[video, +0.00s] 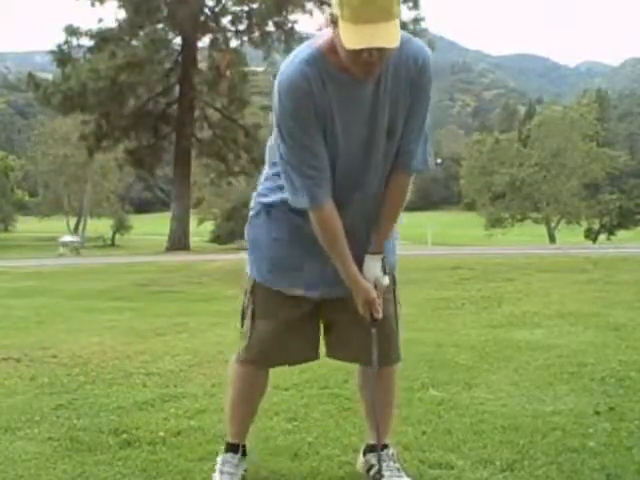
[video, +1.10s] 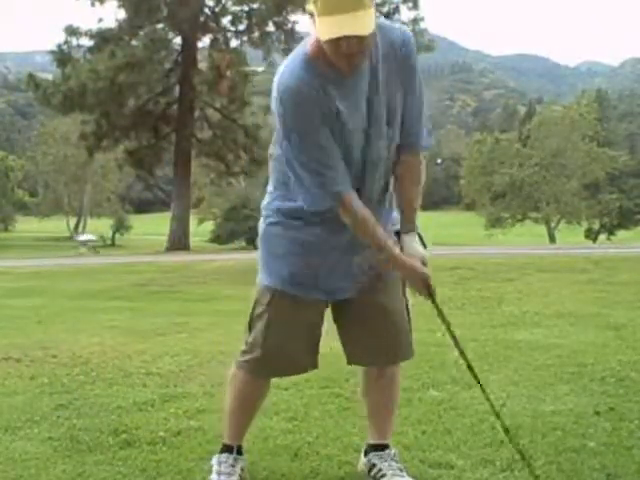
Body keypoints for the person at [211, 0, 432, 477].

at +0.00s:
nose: (371, 57)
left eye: (381, 46)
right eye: (359, 47)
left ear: (395, 28)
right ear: (333, 27)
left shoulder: (413, 63)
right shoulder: (299, 79)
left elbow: (403, 166)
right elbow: (316, 195)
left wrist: (375, 253)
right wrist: (353, 277)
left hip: (368, 227)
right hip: (291, 222)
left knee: (381, 343)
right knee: (259, 344)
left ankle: (379, 453)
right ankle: (233, 454)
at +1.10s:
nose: (351, 48)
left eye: (359, 36)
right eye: (338, 39)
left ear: (374, 19)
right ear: (315, 26)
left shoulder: (397, 46)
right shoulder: (296, 84)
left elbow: (409, 148)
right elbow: (341, 195)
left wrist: (410, 232)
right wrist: (399, 259)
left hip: (372, 223)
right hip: (299, 227)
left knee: (386, 341)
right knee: (265, 347)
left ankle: (379, 452)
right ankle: (229, 455)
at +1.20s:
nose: (343, 47)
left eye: (353, 33)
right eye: (331, 36)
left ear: (369, 18)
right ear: (313, 27)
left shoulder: (390, 35)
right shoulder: (299, 89)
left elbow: (417, 128)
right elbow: (358, 189)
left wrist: (431, 214)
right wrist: (429, 245)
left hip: (369, 222)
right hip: (299, 228)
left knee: (386, 341)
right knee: (266, 348)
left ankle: (379, 453)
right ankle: (229, 454)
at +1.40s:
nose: (325, 42)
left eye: (334, 29)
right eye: (312, 32)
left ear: (352, 15)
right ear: (292, 24)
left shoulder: (369, 28)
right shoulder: (286, 89)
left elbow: (410, 115)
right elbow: (355, 182)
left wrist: (433, 205)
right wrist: (429, 233)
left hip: (356, 222)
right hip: (283, 227)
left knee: (375, 341)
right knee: (251, 350)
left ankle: (378, 454)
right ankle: (227, 456)